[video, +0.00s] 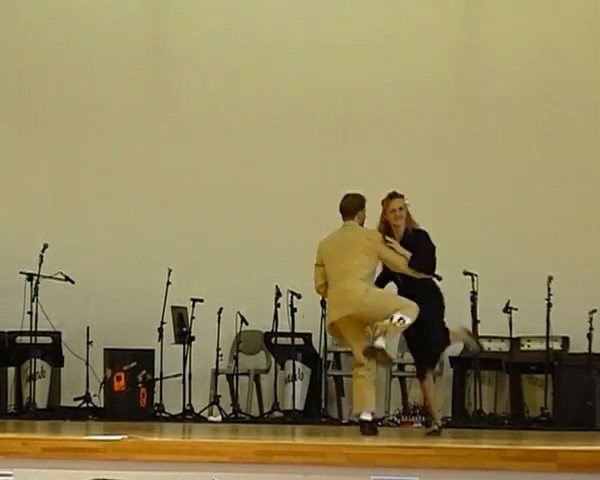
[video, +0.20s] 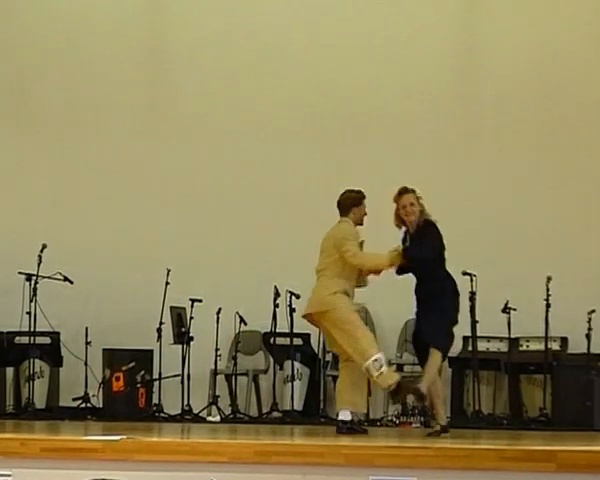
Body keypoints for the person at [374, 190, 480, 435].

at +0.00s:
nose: (398, 214)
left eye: (401, 209)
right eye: (392, 211)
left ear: (407, 210)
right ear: (385, 215)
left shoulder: (420, 236)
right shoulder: (387, 242)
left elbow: (429, 267)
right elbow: (387, 272)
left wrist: (401, 251)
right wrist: (372, 291)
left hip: (428, 294)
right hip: (406, 297)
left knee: (432, 348)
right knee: (421, 361)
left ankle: (459, 335)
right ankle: (435, 420)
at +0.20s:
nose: (408, 210)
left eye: (412, 205)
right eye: (403, 207)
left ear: (420, 206)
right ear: (398, 212)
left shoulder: (429, 229)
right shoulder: (407, 236)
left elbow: (427, 257)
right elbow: (409, 266)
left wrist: (401, 258)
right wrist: (397, 265)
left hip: (443, 289)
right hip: (424, 292)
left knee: (440, 336)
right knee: (425, 347)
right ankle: (441, 418)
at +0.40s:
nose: (410, 217)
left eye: (413, 212)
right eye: (408, 213)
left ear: (427, 212)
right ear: (412, 215)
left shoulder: (432, 235)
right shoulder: (433, 236)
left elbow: (402, 257)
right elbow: (435, 272)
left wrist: (373, 252)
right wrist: (408, 273)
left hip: (455, 298)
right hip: (458, 298)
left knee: (420, 345)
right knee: (428, 353)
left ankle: (438, 401)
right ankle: (432, 407)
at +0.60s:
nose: (412, 228)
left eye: (416, 225)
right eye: (412, 225)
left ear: (429, 227)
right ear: (429, 228)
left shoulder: (424, 249)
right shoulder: (438, 249)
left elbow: (395, 268)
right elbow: (426, 279)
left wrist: (367, 277)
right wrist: (396, 282)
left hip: (460, 311)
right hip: (469, 310)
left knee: (428, 363)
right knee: (430, 363)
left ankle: (437, 421)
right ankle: (434, 419)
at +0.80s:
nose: (406, 225)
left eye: (410, 222)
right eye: (406, 221)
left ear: (423, 224)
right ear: (423, 225)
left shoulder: (416, 246)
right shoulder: (433, 247)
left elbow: (389, 268)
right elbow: (420, 277)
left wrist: (361, 278)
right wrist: (388, 281)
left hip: (452, 309)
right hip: (463, 307)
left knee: (423, 358)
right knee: (438, 361)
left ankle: (431, 417)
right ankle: (454, 420)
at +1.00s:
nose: (368, 203)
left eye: (372, 200)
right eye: (370, 199)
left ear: (381, 204)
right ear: (390, 205)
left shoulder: (369, 226)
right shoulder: (395, 228)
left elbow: (346, 254)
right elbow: (387, 261)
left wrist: (328, 265)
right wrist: (363, 271)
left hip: (388, 292)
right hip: (406, 290)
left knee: (368, 352)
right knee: (410, 351)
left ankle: (357, 413)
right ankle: (438, 406)